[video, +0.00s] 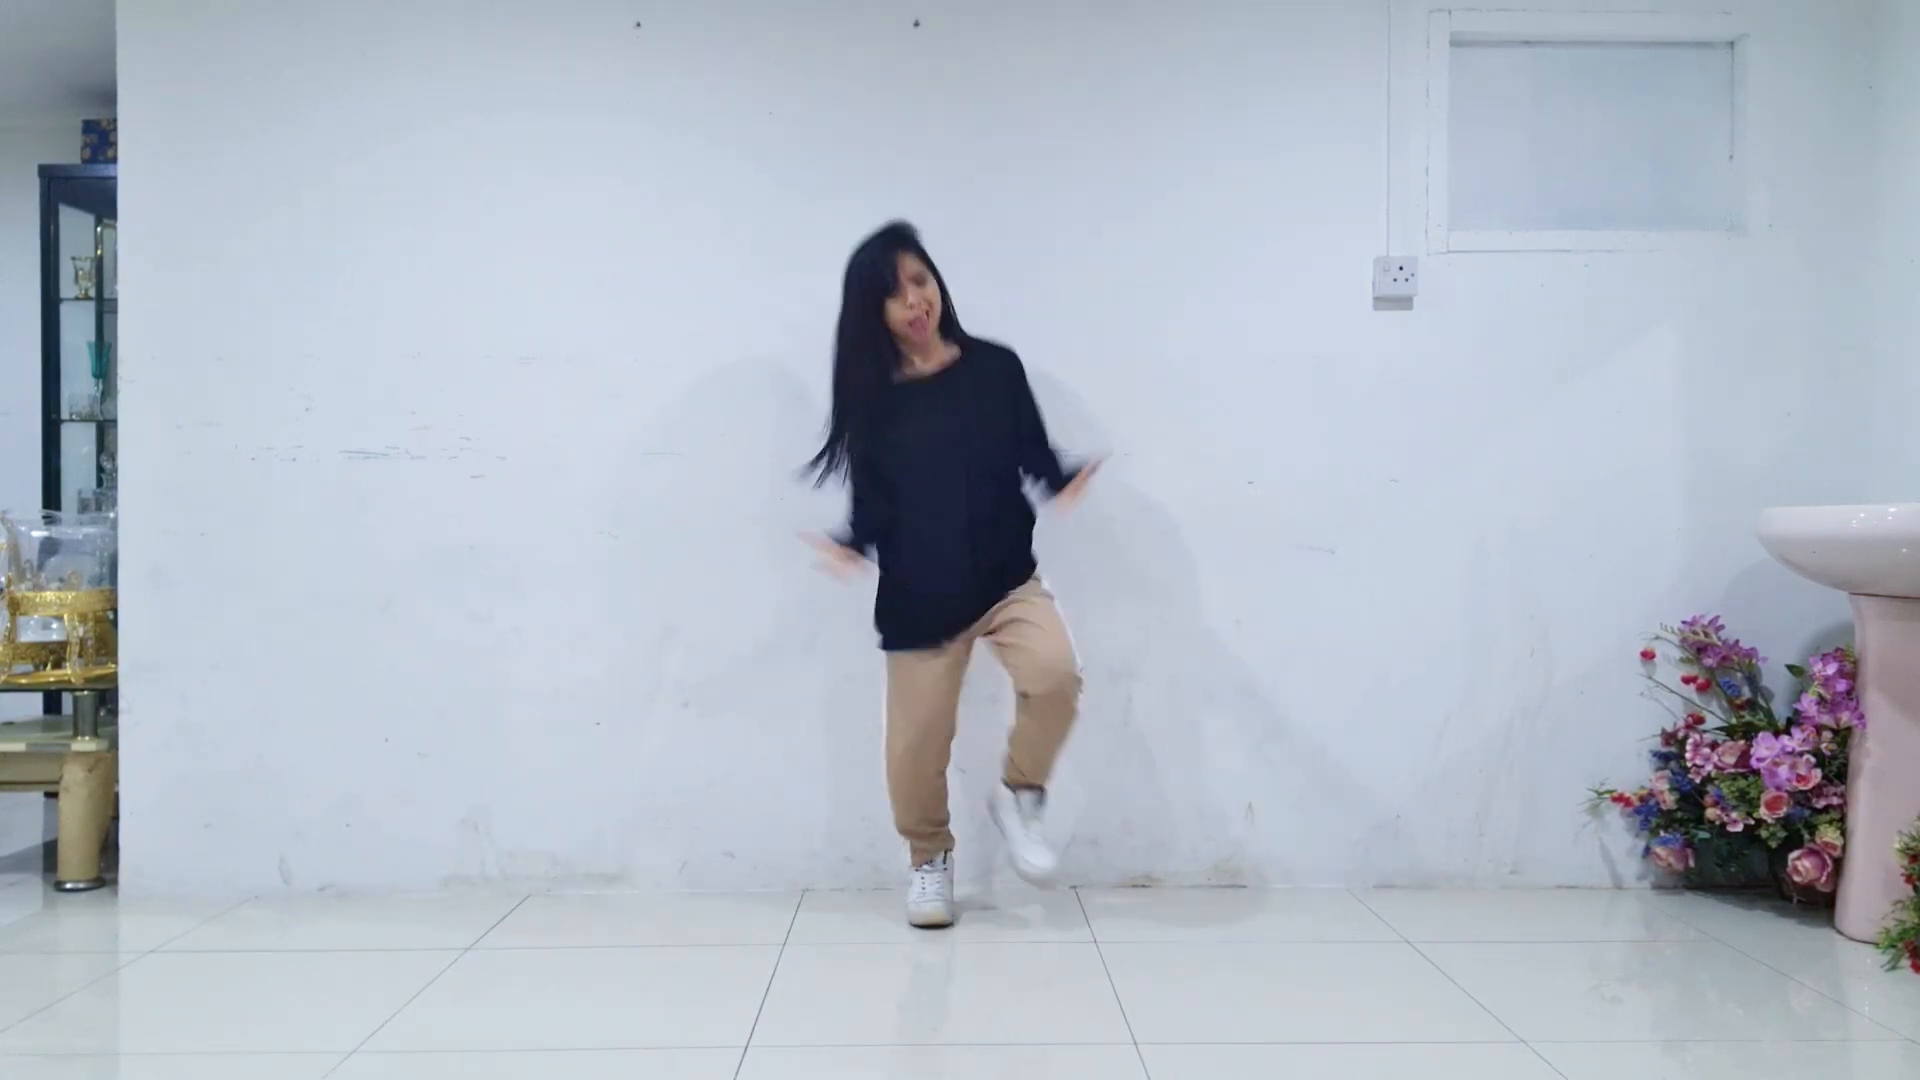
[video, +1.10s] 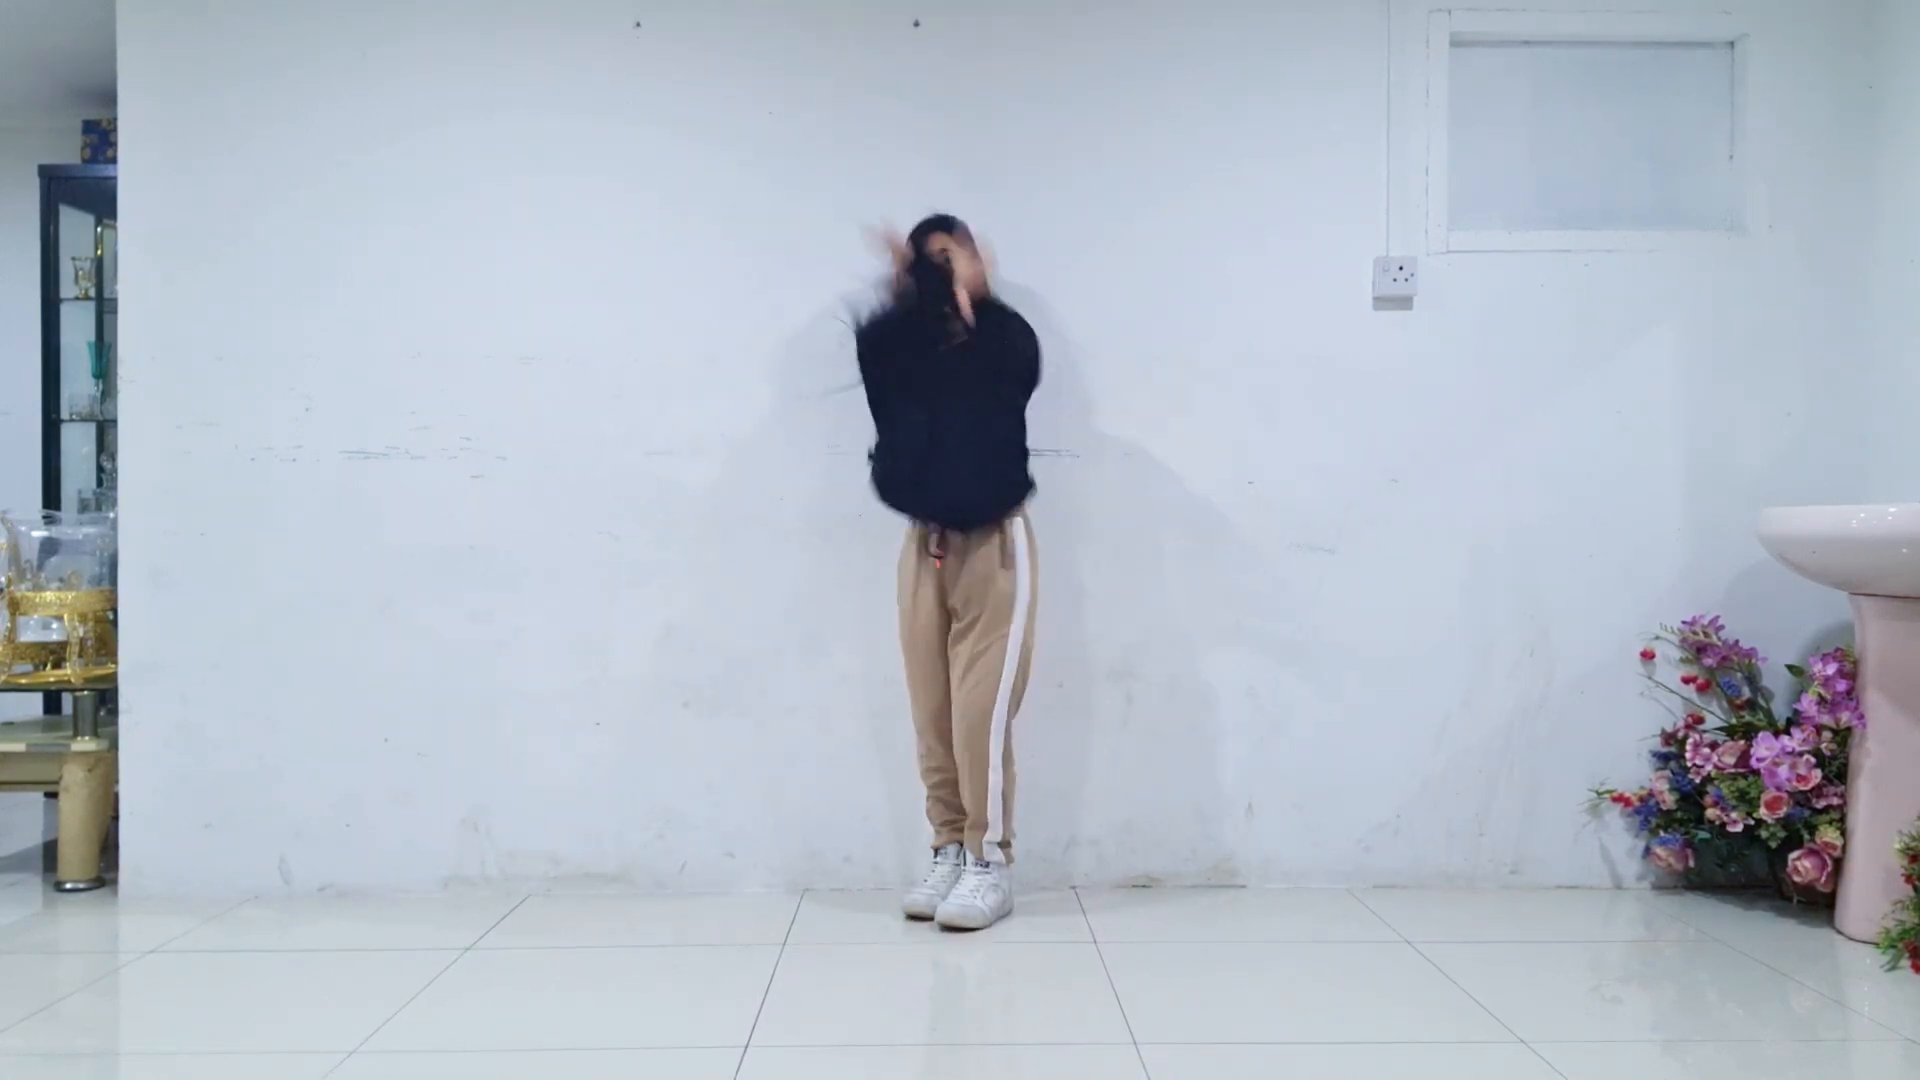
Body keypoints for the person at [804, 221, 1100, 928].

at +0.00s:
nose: (914, 301)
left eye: (920, 283)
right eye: (895, 294)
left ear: (938, 285)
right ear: (873, 313)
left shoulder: (995, 366)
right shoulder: (872, 398)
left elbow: (1029, 446)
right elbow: (873, 494)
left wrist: (1057, 478)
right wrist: (855, 538)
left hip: (1007, 582)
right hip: (922, 597)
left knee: (1055, 678)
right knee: (915, 748)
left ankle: (1022, 795)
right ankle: (928, 861)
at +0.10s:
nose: (908, 286)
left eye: (914, 266)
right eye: (887, 278)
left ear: (933, 267)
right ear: (863, 296)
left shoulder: (988, 339)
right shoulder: (860, 376)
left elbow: (1044, 398)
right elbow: (846, 465)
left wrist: (1120, 403)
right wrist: (769, 494)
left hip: (1016, 562)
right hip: (928, 578)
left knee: (1046, 703)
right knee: (931, 725)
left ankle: (1049, 844)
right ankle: (933, 860)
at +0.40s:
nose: (905, 285)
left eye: (910, 268)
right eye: (885, 279)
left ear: (929, 276)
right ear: (862, 301)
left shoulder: (990, 350)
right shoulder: (852, 396)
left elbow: (1077, 352)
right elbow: (792, 449)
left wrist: (1146, 287)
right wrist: (707, 405)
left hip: (1015, 567)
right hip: (922, 592)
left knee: (1073, 671)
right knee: (915, 736)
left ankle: (1061, 805)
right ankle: (931, 861)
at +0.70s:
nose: (899, 300)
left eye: (907, 284)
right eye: (880, 295)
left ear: (929, 294)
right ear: (863, 321)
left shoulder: (982, 371)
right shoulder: (865, 412)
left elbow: (1068, 406)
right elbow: (837, 519)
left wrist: (1054, 358)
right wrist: (769, 479)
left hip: (1000, 585)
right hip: (915, 602)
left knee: (1000, 678)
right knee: (905, 740)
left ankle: (1036, 803)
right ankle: (932, 860)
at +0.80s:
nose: (903, 289)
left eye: (912, 273)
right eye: (885, 282)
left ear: (935, 285)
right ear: (868, 307)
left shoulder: (994, 366)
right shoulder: (870, 400)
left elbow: (1074, 381)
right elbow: (849, 489)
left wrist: (1035, 341)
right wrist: (779, 440)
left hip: (997, 564)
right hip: (913, 584)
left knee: (990, 660)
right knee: (907, 743)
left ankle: (1013, 781)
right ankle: (933, 858)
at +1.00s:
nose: (919, 256)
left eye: (930, 244)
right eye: (897, 245)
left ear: (948, 251)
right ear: (884, 270)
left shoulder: (987, 318)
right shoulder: (891, 336)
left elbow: (959, 268)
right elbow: (876, 278)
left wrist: (926, 205)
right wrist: (891, 210)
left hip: (994, 536)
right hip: (922, 533)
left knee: (981, 705)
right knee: (934, 706)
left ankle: (989, 864)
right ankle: (950, 856)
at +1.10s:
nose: (945, 262)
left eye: (956, 249)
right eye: (930, 256)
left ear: (981, 263)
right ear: (914, 273)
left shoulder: (1006, 334)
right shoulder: (893, 339)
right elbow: (876, 342)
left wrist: (976, 298)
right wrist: (902, 288)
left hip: (996, 542)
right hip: (922, 543)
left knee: (980, 706)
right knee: (931, 707)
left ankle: (989, 865)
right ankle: (950, 856)